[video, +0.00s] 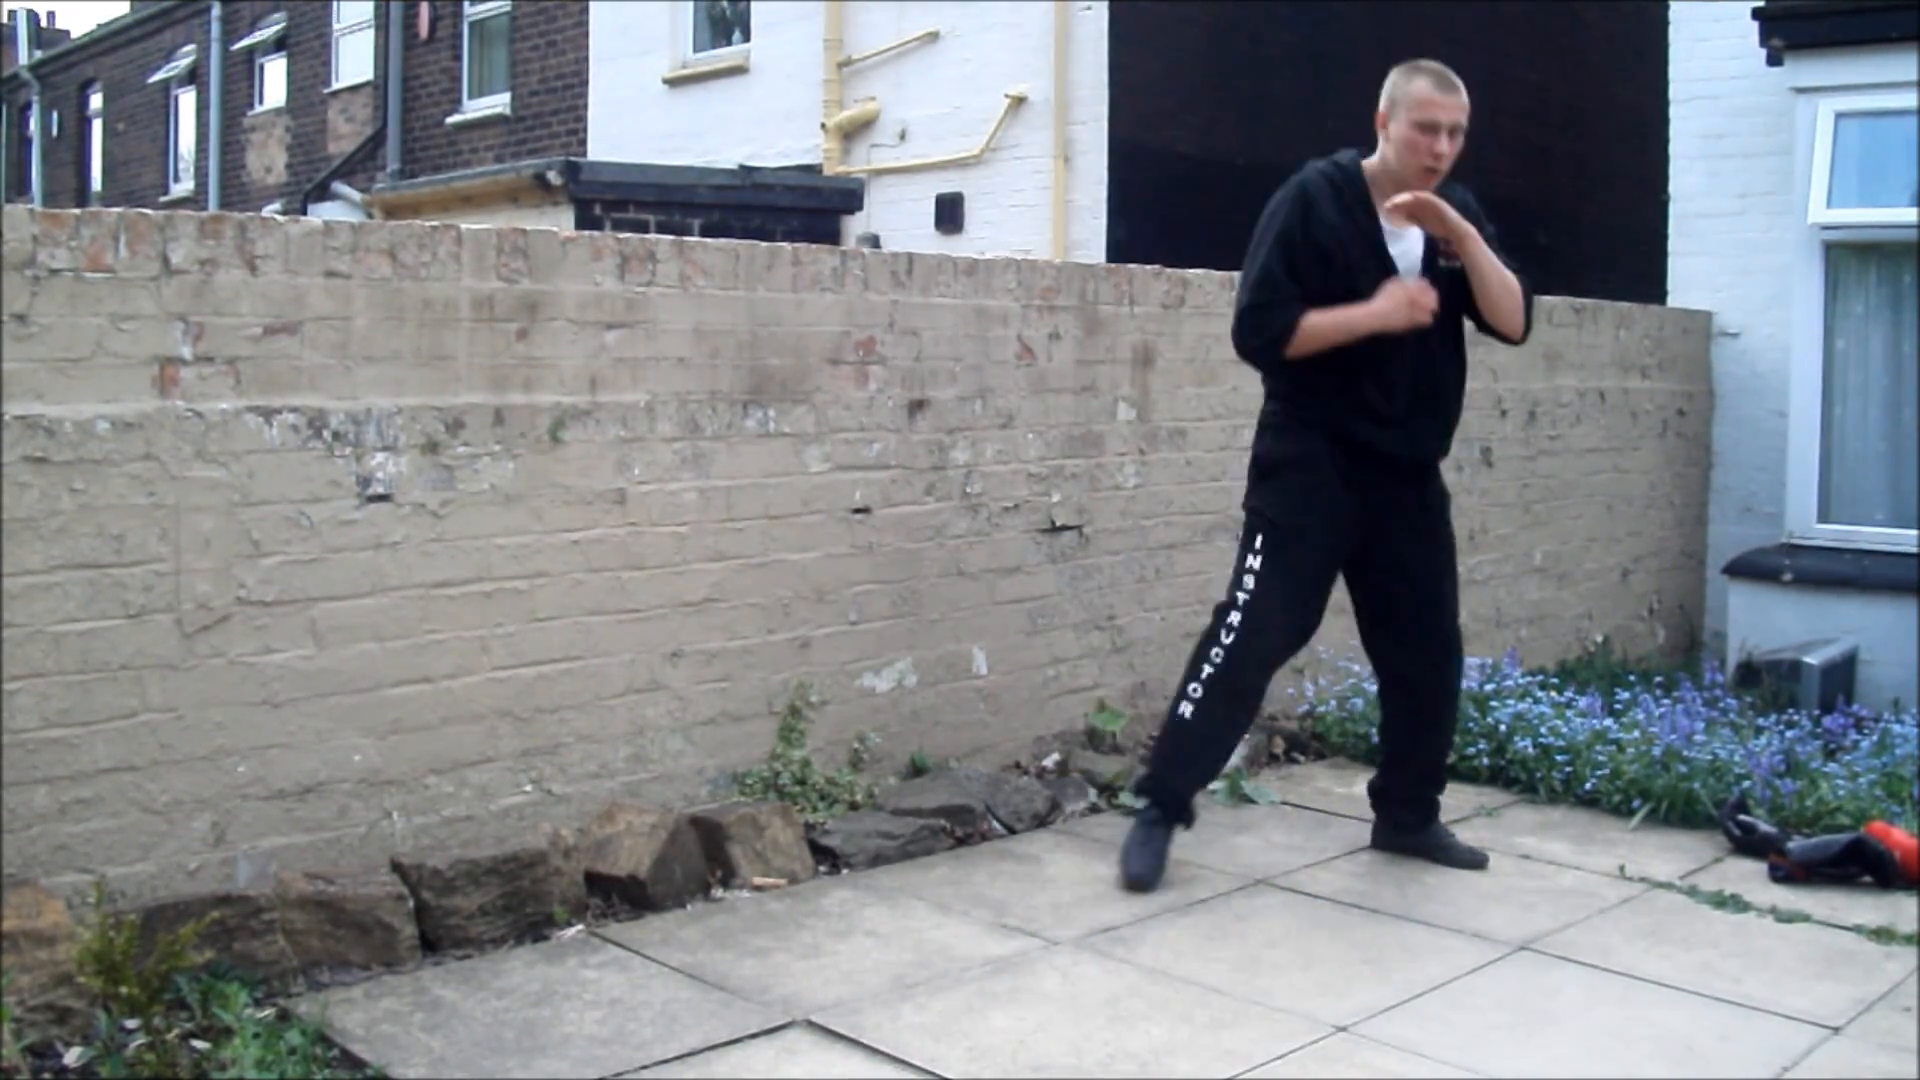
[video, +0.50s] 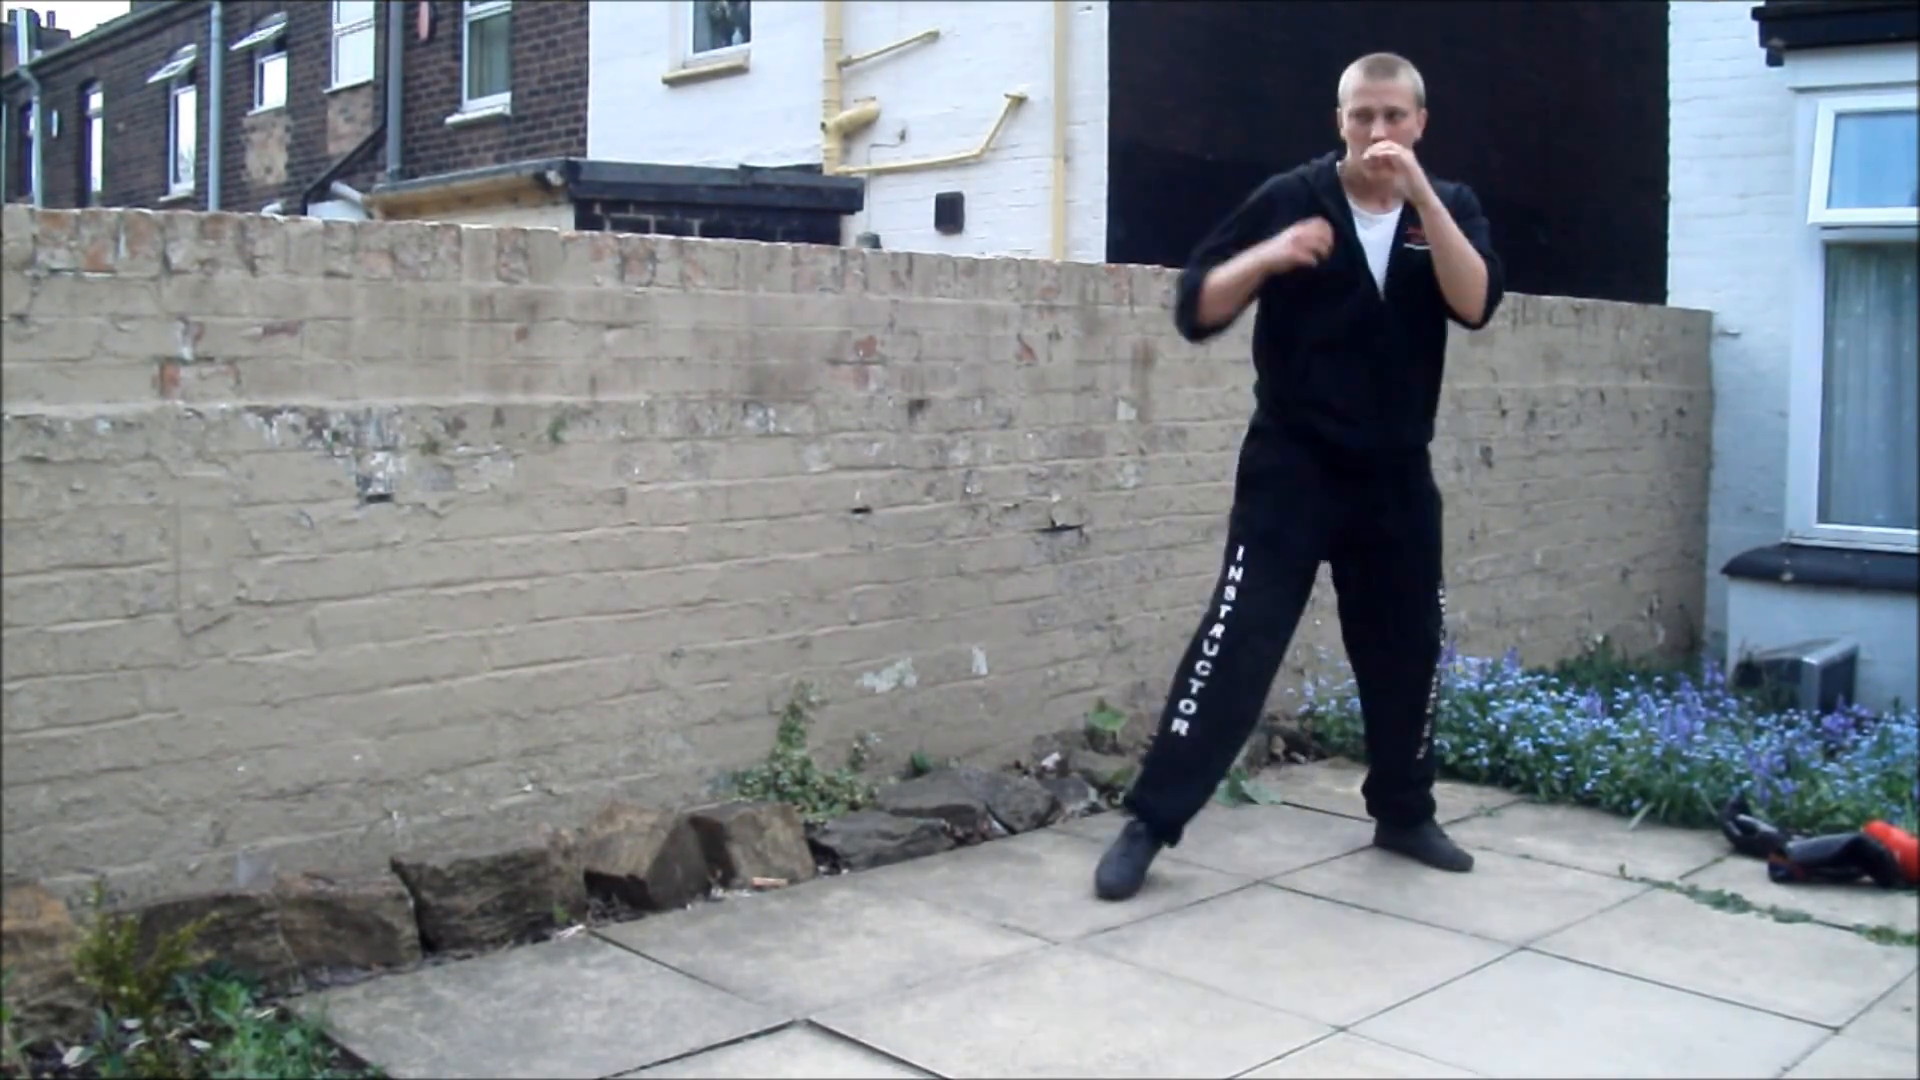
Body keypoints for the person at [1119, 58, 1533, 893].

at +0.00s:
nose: (1439, 146)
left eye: (1453, 133)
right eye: (1424, 128)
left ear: (1464, 139)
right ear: (1384, 123)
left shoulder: (1458, 216)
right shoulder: (1316, 196)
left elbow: (1512, 322)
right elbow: (1257, 332)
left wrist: (1461, 236)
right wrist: (1375, 312)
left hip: (1406, 476)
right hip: (1306, 469)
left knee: (1426, 654)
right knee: (1252, 635)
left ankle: (1407, 818)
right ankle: (1159, 809)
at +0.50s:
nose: (1379, 131)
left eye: (1395, 116)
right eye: (1363, 116)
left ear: (1422, 123)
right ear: (1339, 122)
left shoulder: (1450, 209)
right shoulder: (1291, 200)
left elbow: (1476, 305)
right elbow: (1194, 311)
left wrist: (1424, 202)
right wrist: (1263, 257)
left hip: (1395, 474)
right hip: (1289, 467)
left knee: (1404, 647)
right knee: (1238, 640)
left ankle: (1404, 814)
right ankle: (1148, 824)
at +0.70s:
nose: (1279, 138)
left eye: (1298, 121)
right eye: (1269, 123)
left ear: (1344, 131)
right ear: (1260, 133)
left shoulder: (1387, 237)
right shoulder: (1234, 219)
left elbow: (1360, 370)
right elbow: (1155, 314)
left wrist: (1325, 254)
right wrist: (1174, 231)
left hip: (1355, 500)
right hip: (1242, 486)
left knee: (1378, 670)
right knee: (1170, 640)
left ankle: (1403, 819)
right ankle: (1169, 843)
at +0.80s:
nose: (1233, 136)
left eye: (1253, 122)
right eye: (1229, 125)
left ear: (1303, 134)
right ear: (1228, 137)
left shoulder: (1330, 206)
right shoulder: (1233, 237)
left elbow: (1248, 263)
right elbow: (1220, 388)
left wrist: (1169, 165)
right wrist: (1178, 349)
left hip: (1315, 488)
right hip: (1213, 485)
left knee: (1352, 660)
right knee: (1149, 648)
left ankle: (1412, 805)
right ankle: (1187, 855)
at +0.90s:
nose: (1180, 139)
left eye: (1199, 125)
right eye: (1179, 128)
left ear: (1254, 133)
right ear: (1196, 139)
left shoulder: (1269, 188)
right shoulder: (1219, 220)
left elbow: (1156, 177)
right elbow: (1203, 378)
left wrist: (1051, 106)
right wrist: (1120, 351)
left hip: (1265, 466)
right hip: (1184, 470)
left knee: (1269, 660)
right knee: (1124, 657)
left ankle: (1364, 799)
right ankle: (1185, 859)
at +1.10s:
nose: (1110, 169)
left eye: (1128, 156)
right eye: (1109, 155)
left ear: (1182, 165)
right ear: (1117, 164)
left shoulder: (1234, 201)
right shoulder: (1121, 282)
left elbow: (1213, 197)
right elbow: (1040, 370)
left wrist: (1092, 175)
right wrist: (975, 318)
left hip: (1237, 375)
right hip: (1179, 463)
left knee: (1043, 216)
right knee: (1134, 634)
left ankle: (963, 213)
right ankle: (1127, 859)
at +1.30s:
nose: (1083, 190)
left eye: (1092, 180)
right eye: (1086, 180)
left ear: (1121, 183)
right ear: (1176, 187)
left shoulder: (1163, 212)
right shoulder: (1212, 258)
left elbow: (1078, 186)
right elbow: (1187, 386)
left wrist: (956, 126)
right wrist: (1098, 470)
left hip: (1150, 360)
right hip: (1202, 453)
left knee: (959, 239)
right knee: (1107, 649)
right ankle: (1094, 879)